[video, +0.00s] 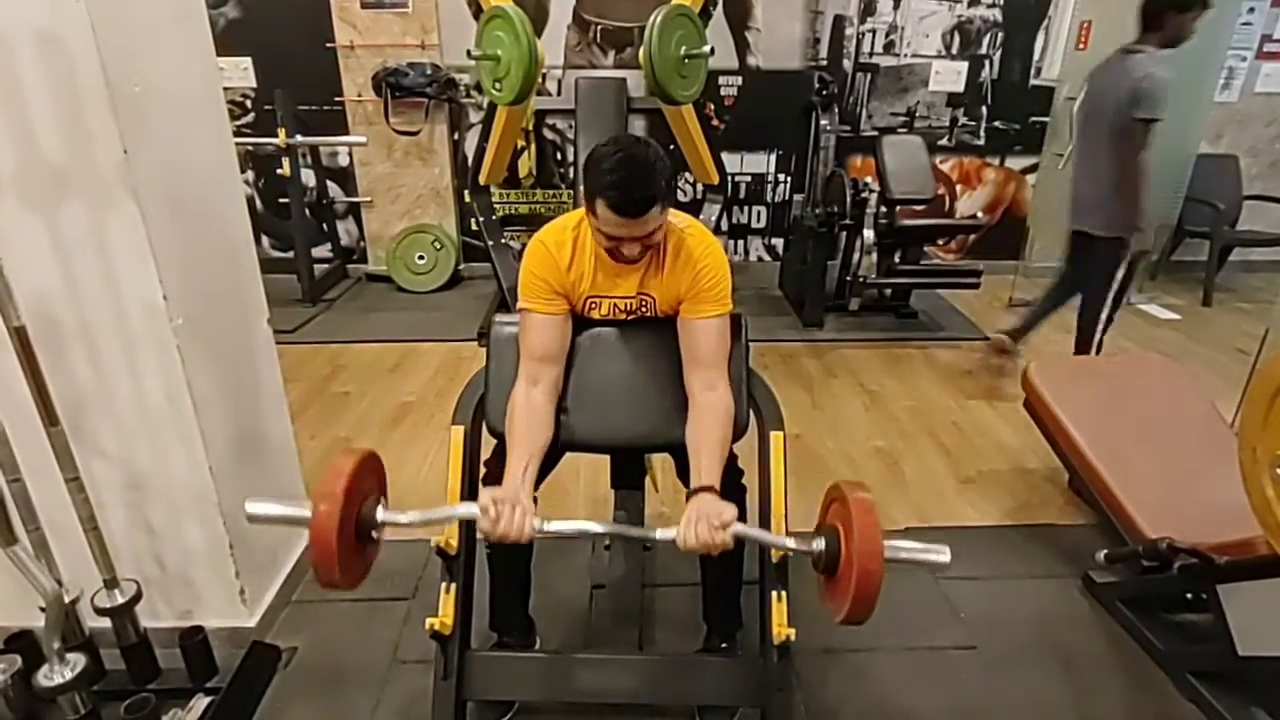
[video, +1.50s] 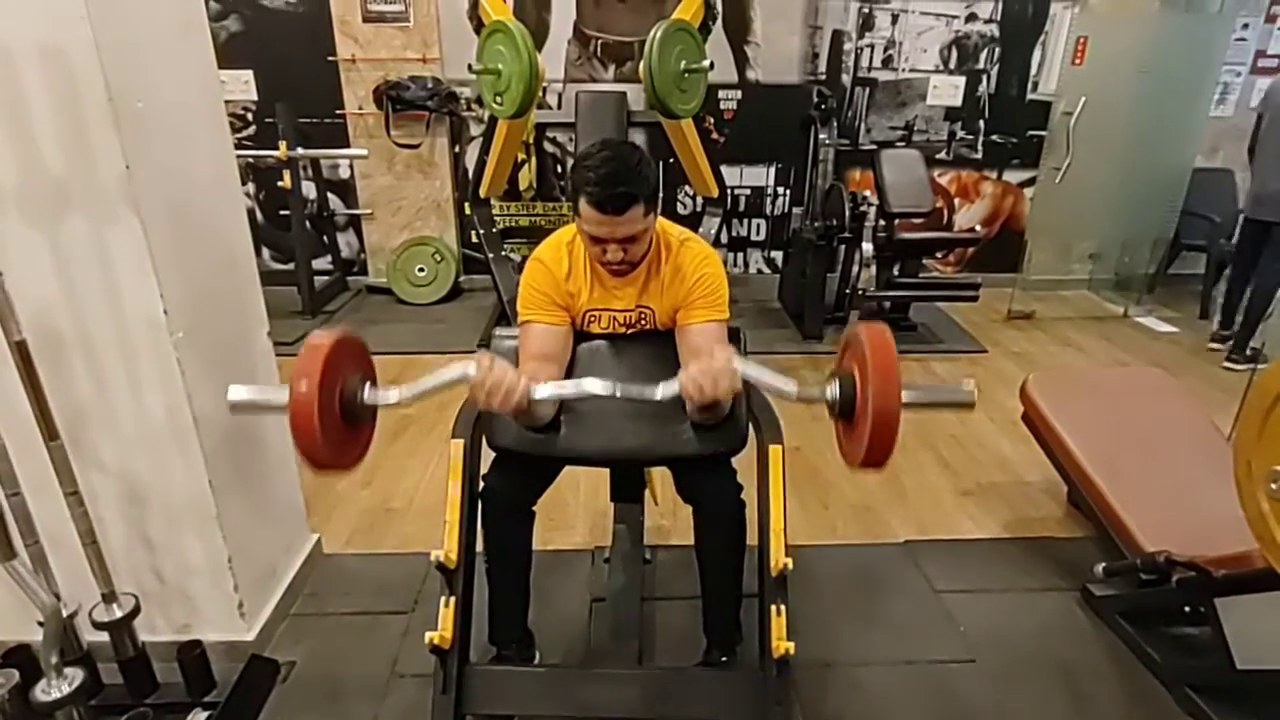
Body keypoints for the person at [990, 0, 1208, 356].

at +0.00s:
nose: (1195, 29)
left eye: (1197, 20)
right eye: (1193, 19)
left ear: (1153, 15)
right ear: (1170, 17)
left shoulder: (1110, 64)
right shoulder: (1151, 72)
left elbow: (1087, 138)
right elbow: (1130, 154)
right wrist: (1135, 225)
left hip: (1085, 205)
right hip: (1114, 214)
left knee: (1073, 277)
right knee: (1101, 299)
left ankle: (1015, 333)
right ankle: (1082, 372)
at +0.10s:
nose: (1203, 30)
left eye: (1205, 20)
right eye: (1201, 19)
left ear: (1158, 16)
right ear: (1179, 18)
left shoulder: (1113, 68)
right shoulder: (1162, 73)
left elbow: (1092, 141)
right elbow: (1146, 154)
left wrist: (1095, 192)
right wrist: (1150, 223)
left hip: (1092, 206)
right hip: (1124, 214)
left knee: (1082, 280)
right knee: (1103, 300)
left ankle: (1027, 337)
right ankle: (1080, 376)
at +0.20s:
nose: (1232, 37)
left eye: (1236, 28)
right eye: (1232, 27)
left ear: (1189, 22)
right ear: (1216, 26)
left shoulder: (1135, 76)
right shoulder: (1200, 79)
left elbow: (1108, 148)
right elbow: (1196, 164)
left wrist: (1094, 202)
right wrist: (1214, 225)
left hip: (1118, 206)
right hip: (1156, 214)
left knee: (1121, 287)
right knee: (1121, 294)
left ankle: (1104, 356)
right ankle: (1087, 366)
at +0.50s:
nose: (1264, 44)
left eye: (1266, 37)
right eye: (1265, 37)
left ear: (1217, 34)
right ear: (1254, 38)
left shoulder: (1169, 85)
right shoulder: (1243, 88)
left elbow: (1140, 152)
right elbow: (1247, 165)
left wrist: (1116, 209)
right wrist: (1268, 222)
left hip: (1162, 212)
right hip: (1204, 216)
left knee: (1167, 295)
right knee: (1156, 301)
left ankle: (1164, 362)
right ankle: (1101, 362)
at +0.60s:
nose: (1278, 38)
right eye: (1277, 31)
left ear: (1238, 31)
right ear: (1273, 34)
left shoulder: (1193, 79)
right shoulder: (1267, 77)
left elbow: (1169, 146)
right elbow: (1261, 153)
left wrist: (1151, 201)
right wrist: (1272, 214)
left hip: (1180, 204)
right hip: (1224, 209)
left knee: (1172, 285)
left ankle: (1165, 358)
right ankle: (1154, 342)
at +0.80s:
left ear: (1260, 32)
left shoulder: (1219, 76)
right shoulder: (1275, 82)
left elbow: (1198, 141)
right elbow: (1271, 155)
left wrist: (1204, 180)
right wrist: (1273, 211)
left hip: (1201, 197)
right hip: (1250, 204)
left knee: (1182, 275)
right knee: (1247, 277)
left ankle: (1163, 351)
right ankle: (1216, 349)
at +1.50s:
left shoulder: (1274, 89)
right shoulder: (1272, 90)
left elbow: (1253, 144)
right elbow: (1254, 146)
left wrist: (1260, 181)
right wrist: (1260, 181)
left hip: (1259, 198)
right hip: (1276, 204)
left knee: (1241, 267)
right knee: (1269, 277)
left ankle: (1223, 329)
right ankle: (1240, 348)